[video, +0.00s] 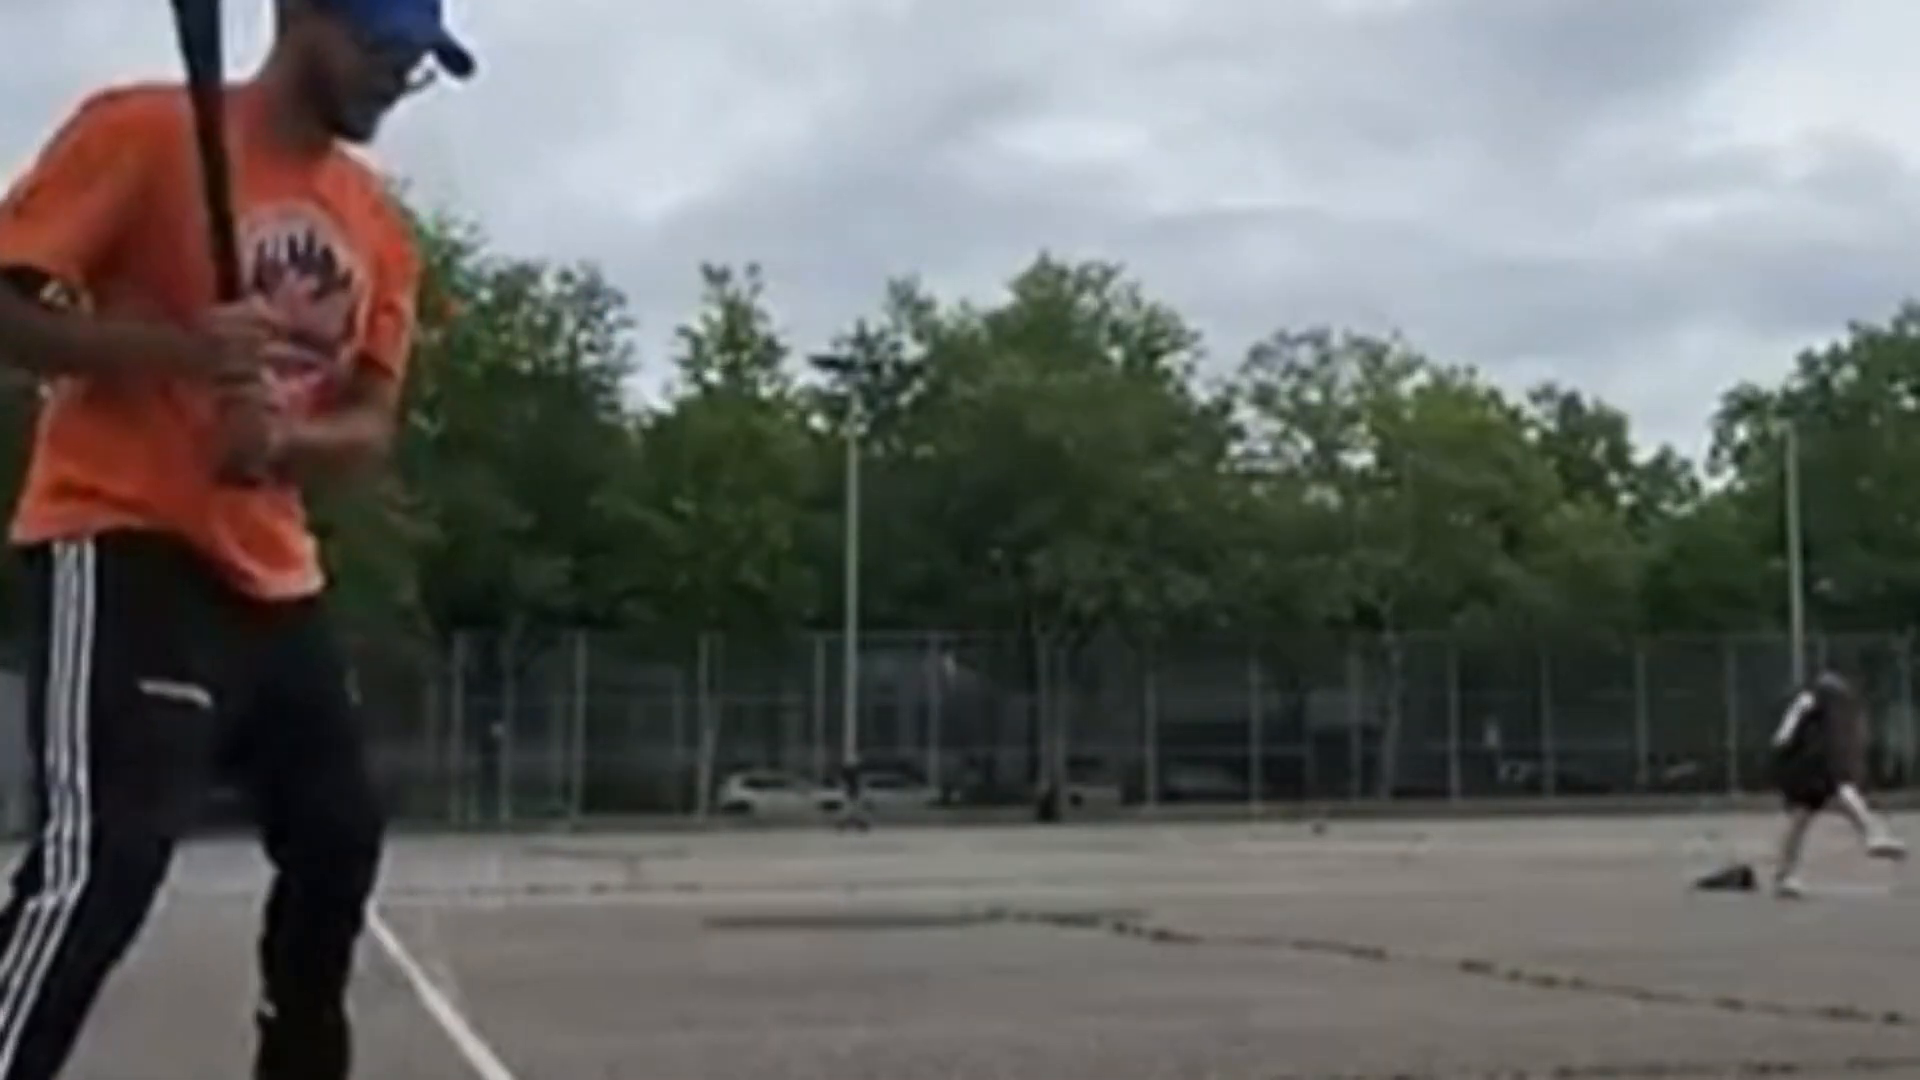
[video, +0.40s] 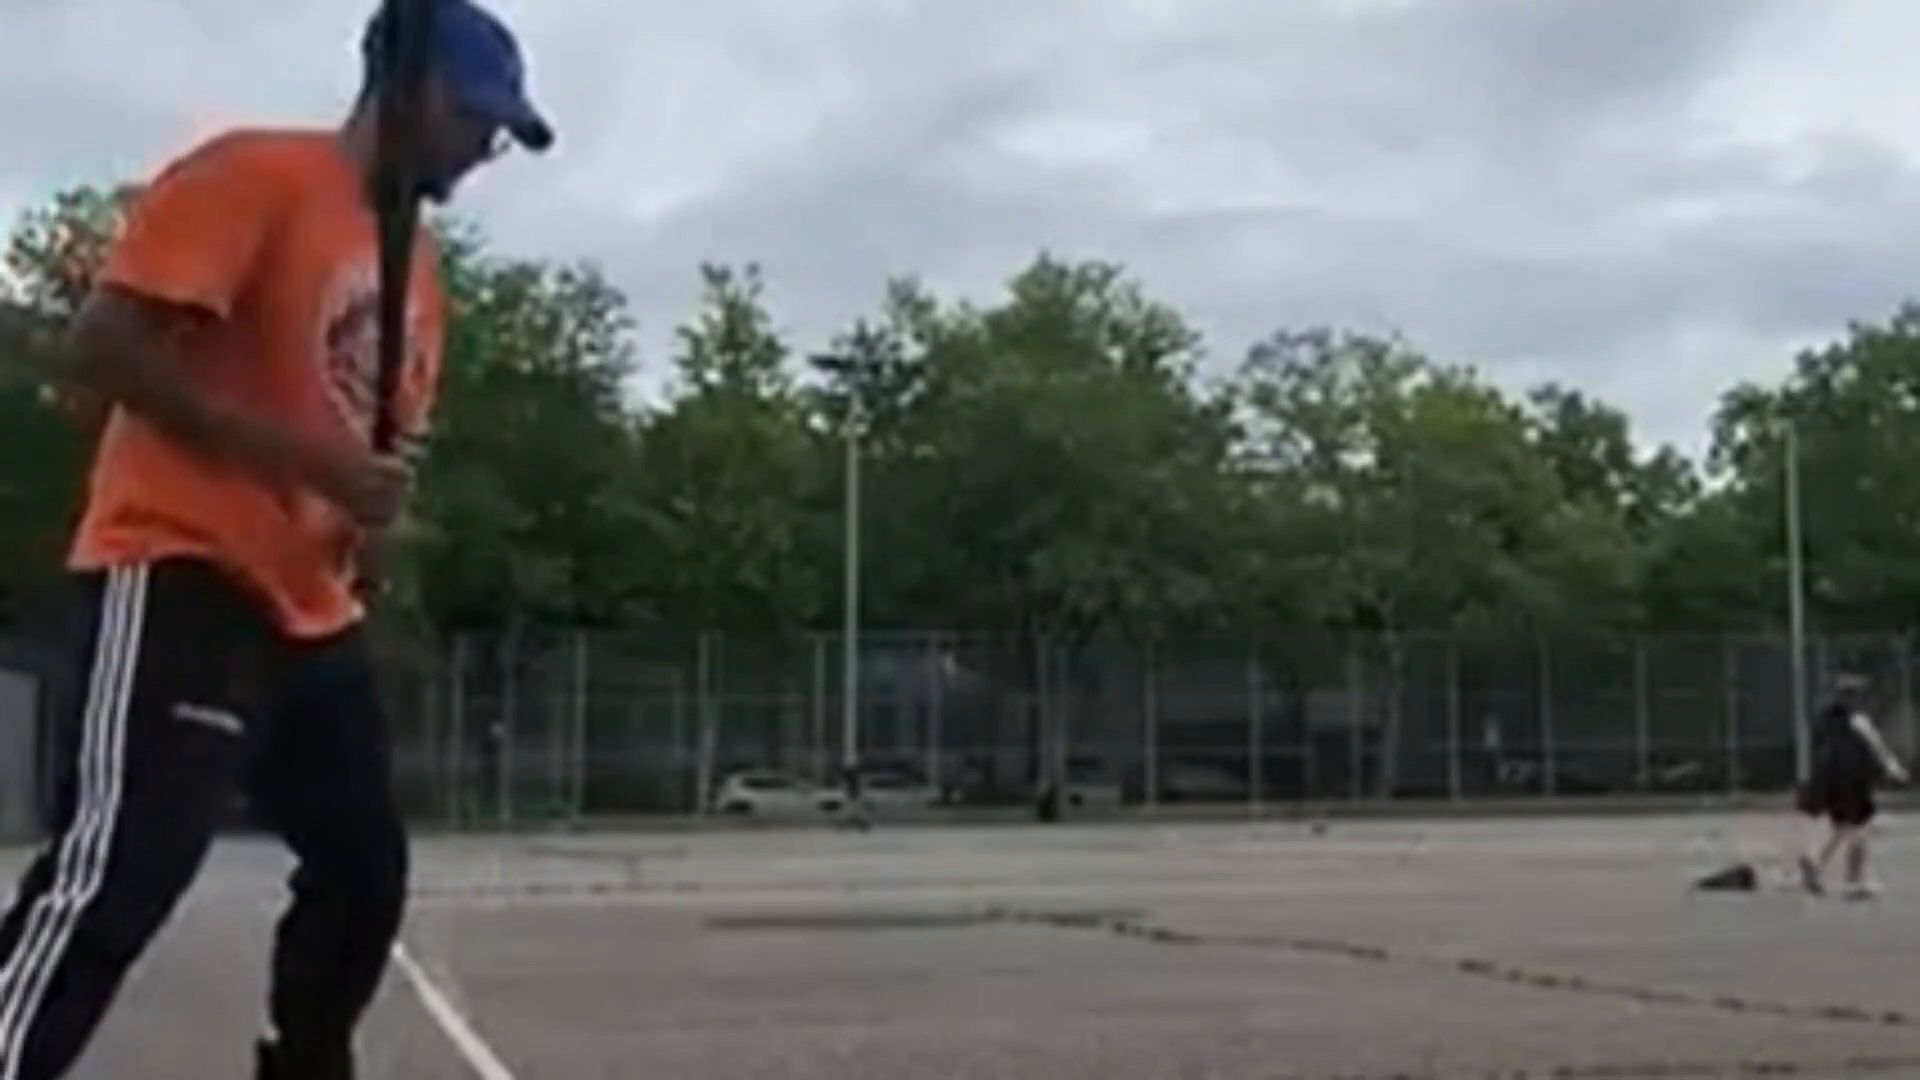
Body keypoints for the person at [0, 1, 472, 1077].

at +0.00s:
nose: (401, 74)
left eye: (414, 55)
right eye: (382, 43)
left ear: (412, 61)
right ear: (303, 20)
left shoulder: (381, 229)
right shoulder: (143, 132)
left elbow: (376, 423)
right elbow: (7, 308)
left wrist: (290, 441)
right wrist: (178, 346)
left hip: (268, 559)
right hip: (117, 531)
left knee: (336, 832)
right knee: (98, 861)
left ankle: (300, 1054)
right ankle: (14, 1058)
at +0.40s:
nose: (489, 147)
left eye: (501, 128)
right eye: (479, 116)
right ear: (406, 85)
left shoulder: (420, 278)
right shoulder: (252, 173)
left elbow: (385, 442)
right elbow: (101, 347)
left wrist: (372, 516)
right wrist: (308, 459)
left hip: (306, 606)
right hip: (174, 571)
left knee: (363, 871)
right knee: (116, 872)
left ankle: (306, 1063)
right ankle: (15, 1060)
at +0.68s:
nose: (487, 129)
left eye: (499, 112)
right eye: (478, 99)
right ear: (408, 64)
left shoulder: (415, 270)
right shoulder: (286, 153)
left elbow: (404, 456)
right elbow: (170, 341)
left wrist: (449, 619)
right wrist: (332, 520)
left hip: (315, 587)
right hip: (203, 547)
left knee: (298, 850)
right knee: (156, 825)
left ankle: (275, 1054)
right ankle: (40, 1055)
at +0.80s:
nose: (495, 134)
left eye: (506, 118)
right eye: (486, 105)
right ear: (415, 68)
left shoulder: (425, 282)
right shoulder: (277, 151)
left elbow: (419, 468)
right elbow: (145, 329)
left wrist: (471, 650)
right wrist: (259, 526)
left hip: (321, 595)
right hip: (197, 563)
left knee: (301, 857)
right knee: (145, 845)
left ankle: (273, 1051)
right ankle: (39, 1060)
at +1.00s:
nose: (527, 157)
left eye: (538, 142)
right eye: (515, 125)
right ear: (441, 86)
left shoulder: (451, 316)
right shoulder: (282, 148)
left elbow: (448, 498)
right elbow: (109, 276)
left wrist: (501, 683)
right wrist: (93, 486)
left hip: (300, 602)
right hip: (170, 555)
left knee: (287, 876)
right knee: (112, 852)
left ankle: (262, 1040)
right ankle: (26, 1056)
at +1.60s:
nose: (222, 59)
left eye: (218, 34)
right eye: (202, 28)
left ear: (139, 37)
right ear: (136, 28)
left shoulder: (200, 171)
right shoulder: (20, 148)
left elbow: (316, 40)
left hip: (168, 584)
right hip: (27, 582)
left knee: (251, 895)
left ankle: (226, 1067)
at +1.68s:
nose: (229, 55)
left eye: (224, 31)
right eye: (208, 26)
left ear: (144, 39)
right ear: (143, 29)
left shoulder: (207, 173)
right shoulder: (23, 147)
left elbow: (317, 38)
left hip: (174, 587)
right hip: (29, 582)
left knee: (252, 899)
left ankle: (225, 1066)